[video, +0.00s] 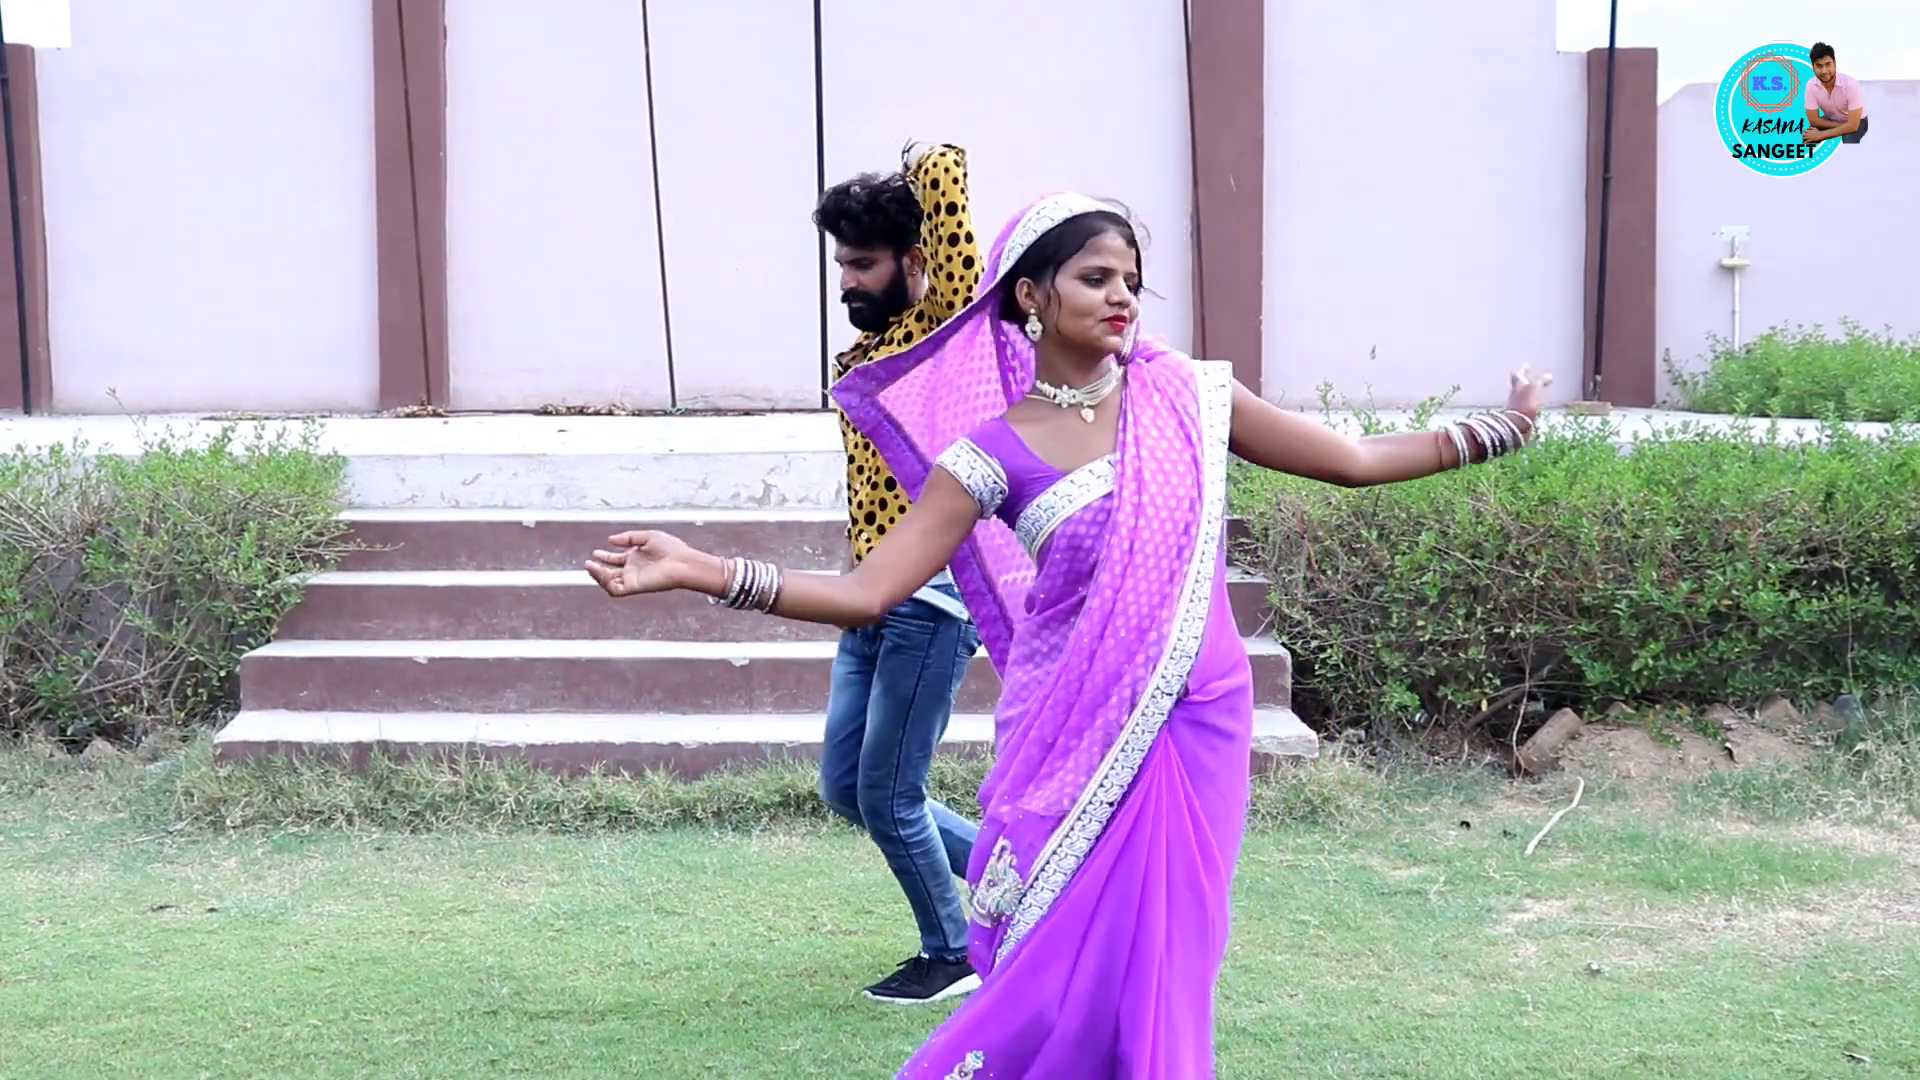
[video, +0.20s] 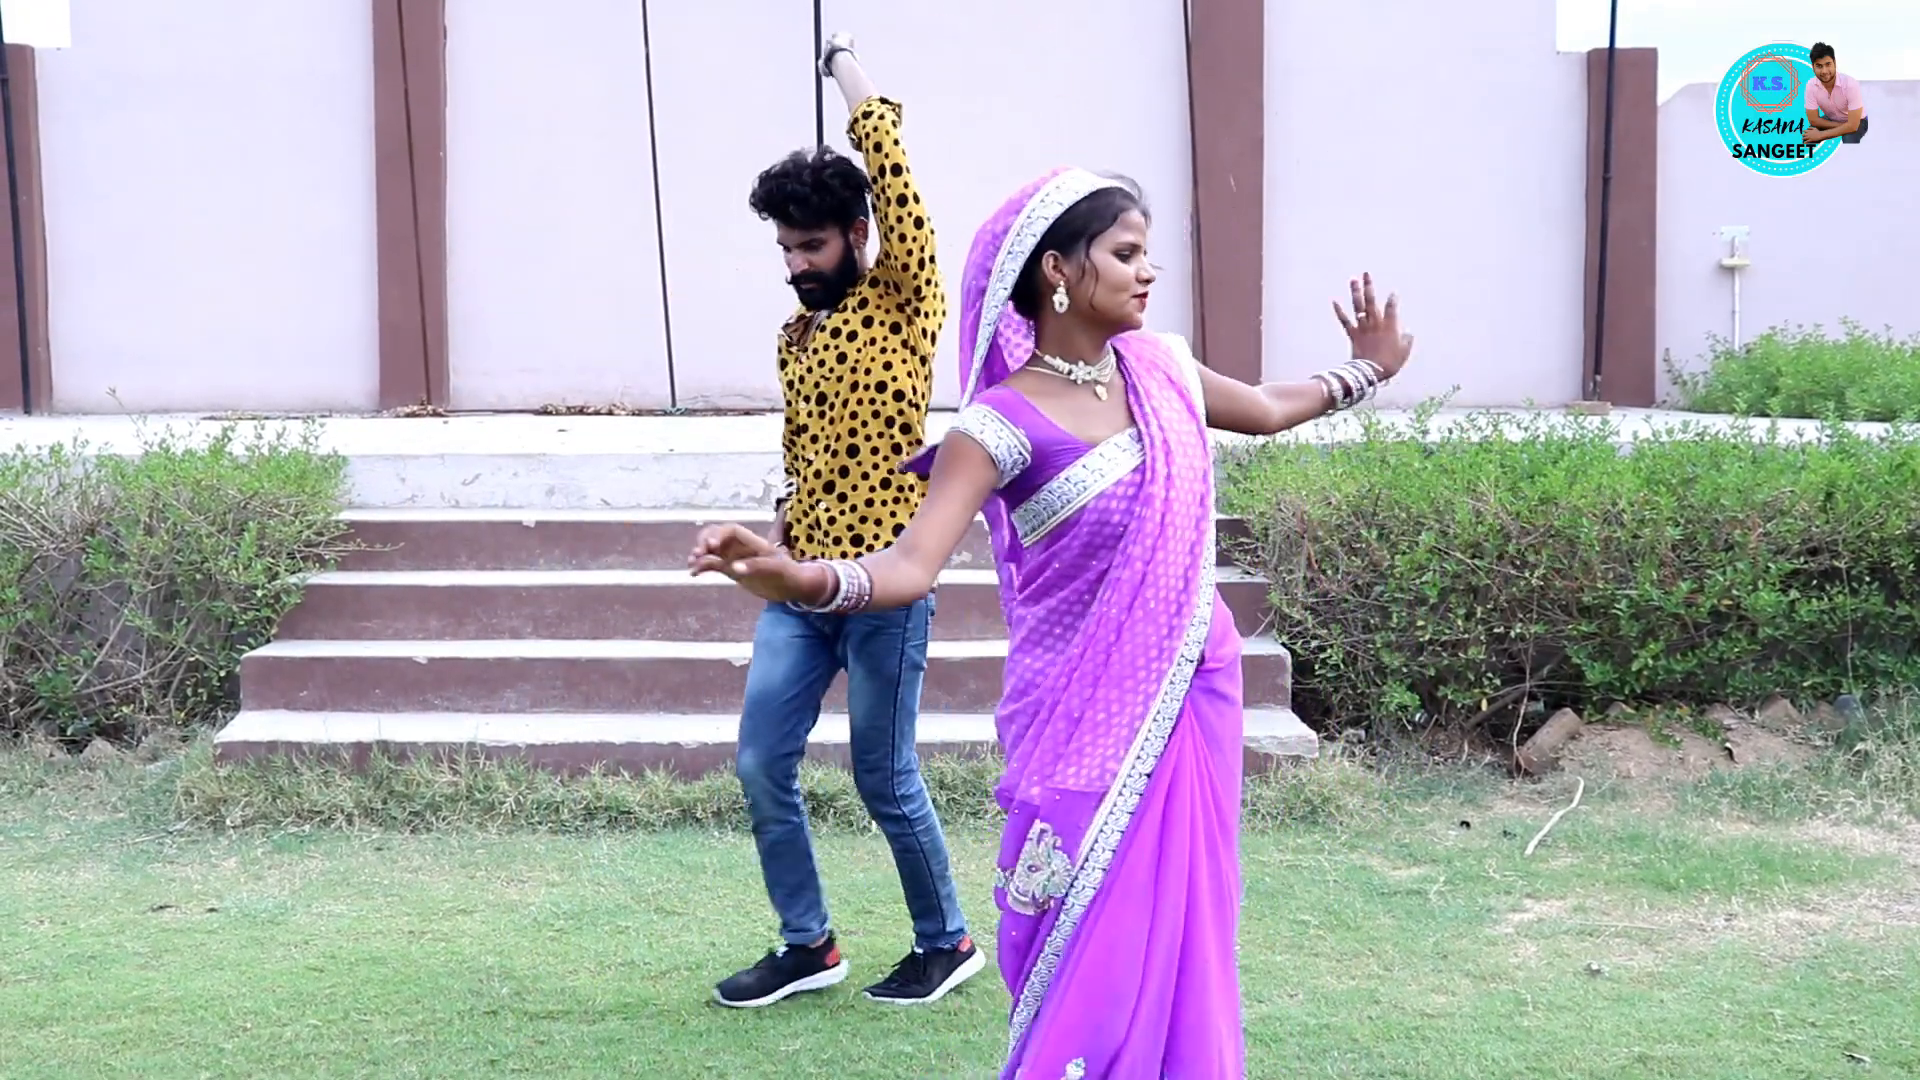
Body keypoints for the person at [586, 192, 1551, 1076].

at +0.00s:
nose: (1124, 302)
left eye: (1131, 284)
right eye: (1100, 284)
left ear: (1136, 293)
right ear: (1033, 296)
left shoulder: (1186, 392)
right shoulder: (993, 451)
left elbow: (1357, 458)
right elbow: (866, 593)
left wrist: (1492, 433)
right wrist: (705, 570)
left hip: (1204, 724)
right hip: (1073, 741)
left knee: (1171, 985)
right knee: (1070, 993)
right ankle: (973, 1071)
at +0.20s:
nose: (1147, 271)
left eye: (1147, 252)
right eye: (1127, 253)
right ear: (1056, 272)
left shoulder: (1158, 361)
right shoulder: (999, 424)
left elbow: (1269, 409)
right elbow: (911, 565)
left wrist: (1362, 370)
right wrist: (803, 578)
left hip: (1194, 703)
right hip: (1078, 723)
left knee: (1192, 947)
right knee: (1089, 960)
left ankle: (1192, 1067)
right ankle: (1077, 1069)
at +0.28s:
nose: (1158, 267)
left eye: (1155, 248)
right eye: (1139, 249)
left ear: (1097, 268)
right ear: (1076, 268)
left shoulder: (1142, 360)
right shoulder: (1012, 417)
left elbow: (1223, 399)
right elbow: (946, 575)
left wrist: (1314, 370)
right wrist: (891, 581)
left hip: (1179, 697)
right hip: (1077, 716)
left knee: (1186, 944)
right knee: (1092, 954)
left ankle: (1186, 1066)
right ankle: (1081, 1069)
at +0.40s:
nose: (1164, 280)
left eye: (1157, 262)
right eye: (1152, 264)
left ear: (1101, 285)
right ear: (1109, 283)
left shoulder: (1126, 385)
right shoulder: (1046, 446)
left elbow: (1159, 414)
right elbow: (1026, 615)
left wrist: (1204, 382)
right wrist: (996, 614)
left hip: (1165, 733)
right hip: (1090, 759)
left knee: (1193, 970)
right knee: (1101, 992)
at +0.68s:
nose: (1198, 287)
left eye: (1190, 263)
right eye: (1185, 265)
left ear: (1070, 279)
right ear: (1147, 281)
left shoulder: (1027, 403)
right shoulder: (1161, 429)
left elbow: (964, 418)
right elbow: (1264, 590)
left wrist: (935, 395)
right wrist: (1402, 583)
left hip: (1029, 747)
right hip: (1131, 759)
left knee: (1061, 997)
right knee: (1148, 1001)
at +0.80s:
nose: (1176, 312)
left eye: (1163, 288)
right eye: (1185, 291)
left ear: (1086, 292)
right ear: (1206, 309)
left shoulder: (1040, 409)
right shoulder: (1222, 450)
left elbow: (959, 461)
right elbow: (1340, 618)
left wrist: (862, 443)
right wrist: (1501, 606)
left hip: (1044, 753)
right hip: (1165, 767)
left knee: (1054, 987)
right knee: (1166, 999)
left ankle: (1059, 1070)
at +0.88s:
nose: (1178, 301)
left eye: (1175, 277)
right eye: (1182, 279)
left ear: (1106, 292)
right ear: (1221, 306)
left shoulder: (1045, 409)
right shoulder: (1244, 450)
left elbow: (936, 469)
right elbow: (1374, 616)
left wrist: (821, 447)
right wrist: (1519, 608)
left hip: (1051, 765)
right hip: (1183, 773)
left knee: (1057, 1004)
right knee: (1194, 1010)